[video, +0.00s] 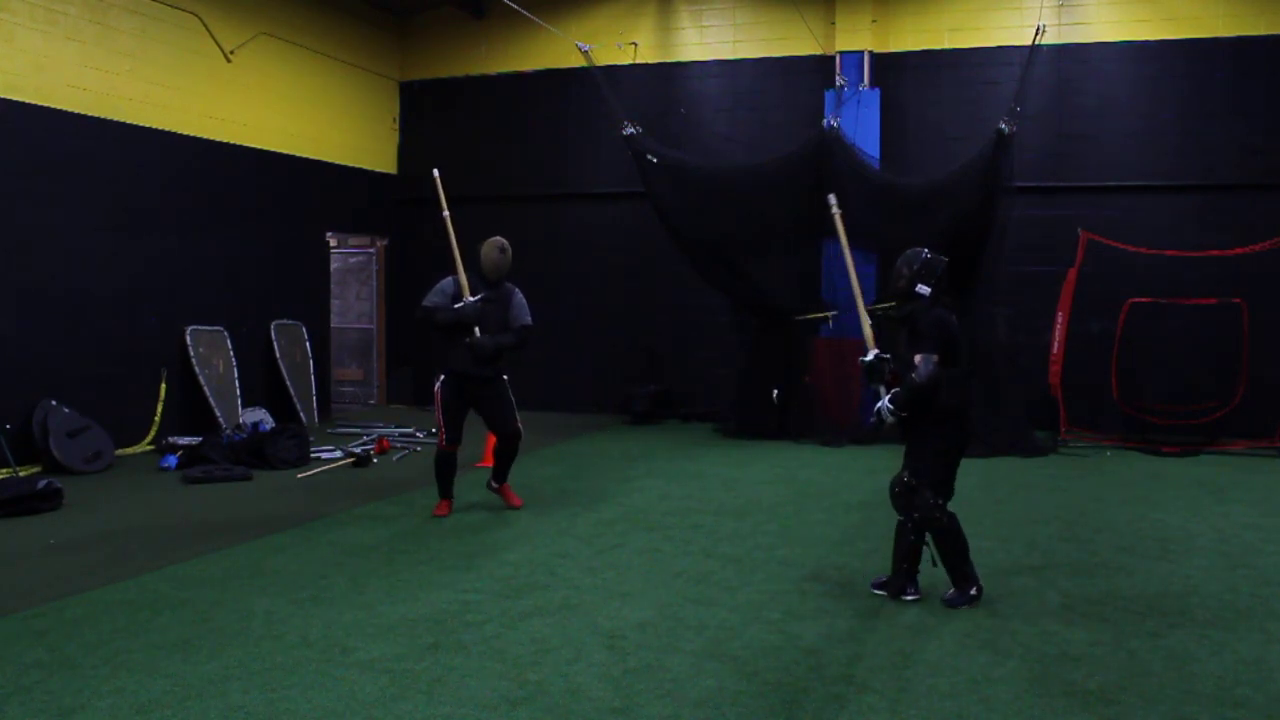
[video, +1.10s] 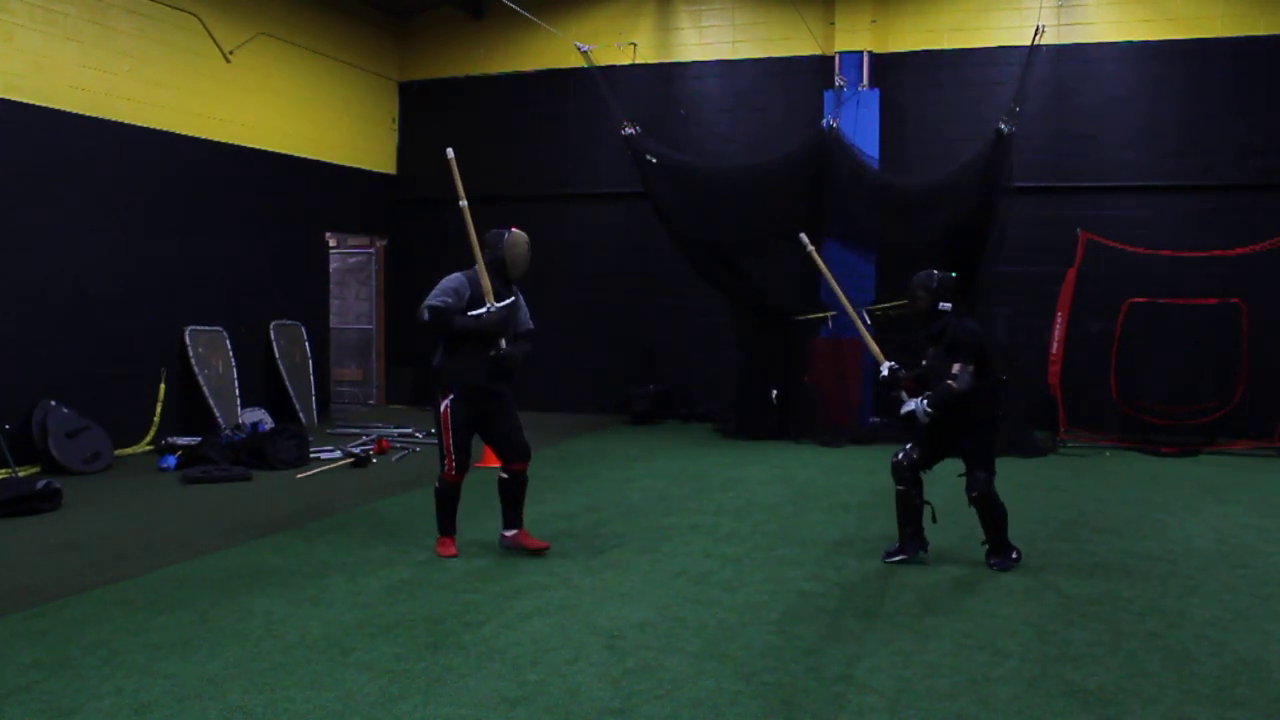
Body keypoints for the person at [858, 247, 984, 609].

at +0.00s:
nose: (896, 280)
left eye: (902, 274)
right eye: (899, 273)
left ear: (916, 279)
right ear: (927, 280)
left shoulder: (927, 317)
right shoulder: (920, 315)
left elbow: (926, 372)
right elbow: (918, 368)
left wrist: (894, 402)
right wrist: (887, 367)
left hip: (943, 422)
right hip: (929, 420)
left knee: (926, 498)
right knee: (911, 494)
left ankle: (967, 582)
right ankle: (904, 578)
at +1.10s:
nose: (914, 303)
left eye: (919, 297)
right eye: (915, 297)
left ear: (934, 299)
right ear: (934, 298)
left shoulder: (962, 330)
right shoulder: (933, 330)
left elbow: (961, 382)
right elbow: (930, 376)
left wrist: (926, 405)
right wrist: (900, 377)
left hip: (979, 420)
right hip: (948, 419)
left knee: (979, 488)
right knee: (904, 465)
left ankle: (1002, 549)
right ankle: (911, 542)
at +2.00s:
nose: (893, 306)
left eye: (899, 300)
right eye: (892, 300)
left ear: (916, 302)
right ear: (893, 302)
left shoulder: (942, 329)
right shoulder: (891, 330)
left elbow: (951, 376)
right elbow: (890, 376)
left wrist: (919, 396)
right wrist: (872, 379)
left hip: (942, 414)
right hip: (904, 413)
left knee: (953, 476)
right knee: (871, 459)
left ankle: (949, 537)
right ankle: (858, 530)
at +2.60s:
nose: (840, 312)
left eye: (846, 306)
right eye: (839, 306)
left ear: (863, 307)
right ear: (840, 308)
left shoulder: (889, 334)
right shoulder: (850, 338)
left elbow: (904, 378)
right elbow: (852, 381)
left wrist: (872, 399)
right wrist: (826, 387)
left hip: (905, 421)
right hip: (871, 422)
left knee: (923, 484)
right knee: (834, 468)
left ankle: (950, 535)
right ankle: (829, 538)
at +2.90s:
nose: (840, 308)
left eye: (846, 302)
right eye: (837, 302)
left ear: (863, 304)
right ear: (832, 303)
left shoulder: (886, 331)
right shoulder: (837, 336)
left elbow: (898, 373)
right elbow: (835, 377)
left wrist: (865, 391)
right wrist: (814, 377)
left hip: (892, 420)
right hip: (855, 420)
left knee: (908, 479)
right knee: (813, 462)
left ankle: (917, 545)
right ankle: (810, 534)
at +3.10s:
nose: (846, 322)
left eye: (853, 317)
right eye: (843, 316)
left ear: (867, 321)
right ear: (837, 316)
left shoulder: (881, 349)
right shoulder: (831, 346)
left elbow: (878, 370)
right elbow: (807, 368)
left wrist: (841, 363)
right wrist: (788, 349)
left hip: (872, 441)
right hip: (832, 438)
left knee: (895, 496)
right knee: (787, 476)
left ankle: (923, 546)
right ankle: (755, 544)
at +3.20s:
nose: (838, 329)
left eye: (846, 325)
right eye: (837, 323)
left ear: (860, 328)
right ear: (832, 323)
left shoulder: (868, 358)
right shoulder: (824, 347)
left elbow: (847, 390)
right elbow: (794, 369)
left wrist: (811, 378)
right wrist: (788, 341)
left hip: (854, 448)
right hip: (813, 444)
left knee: (885, 502)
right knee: (767, 470)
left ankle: (921, 545)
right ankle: (738, 540)